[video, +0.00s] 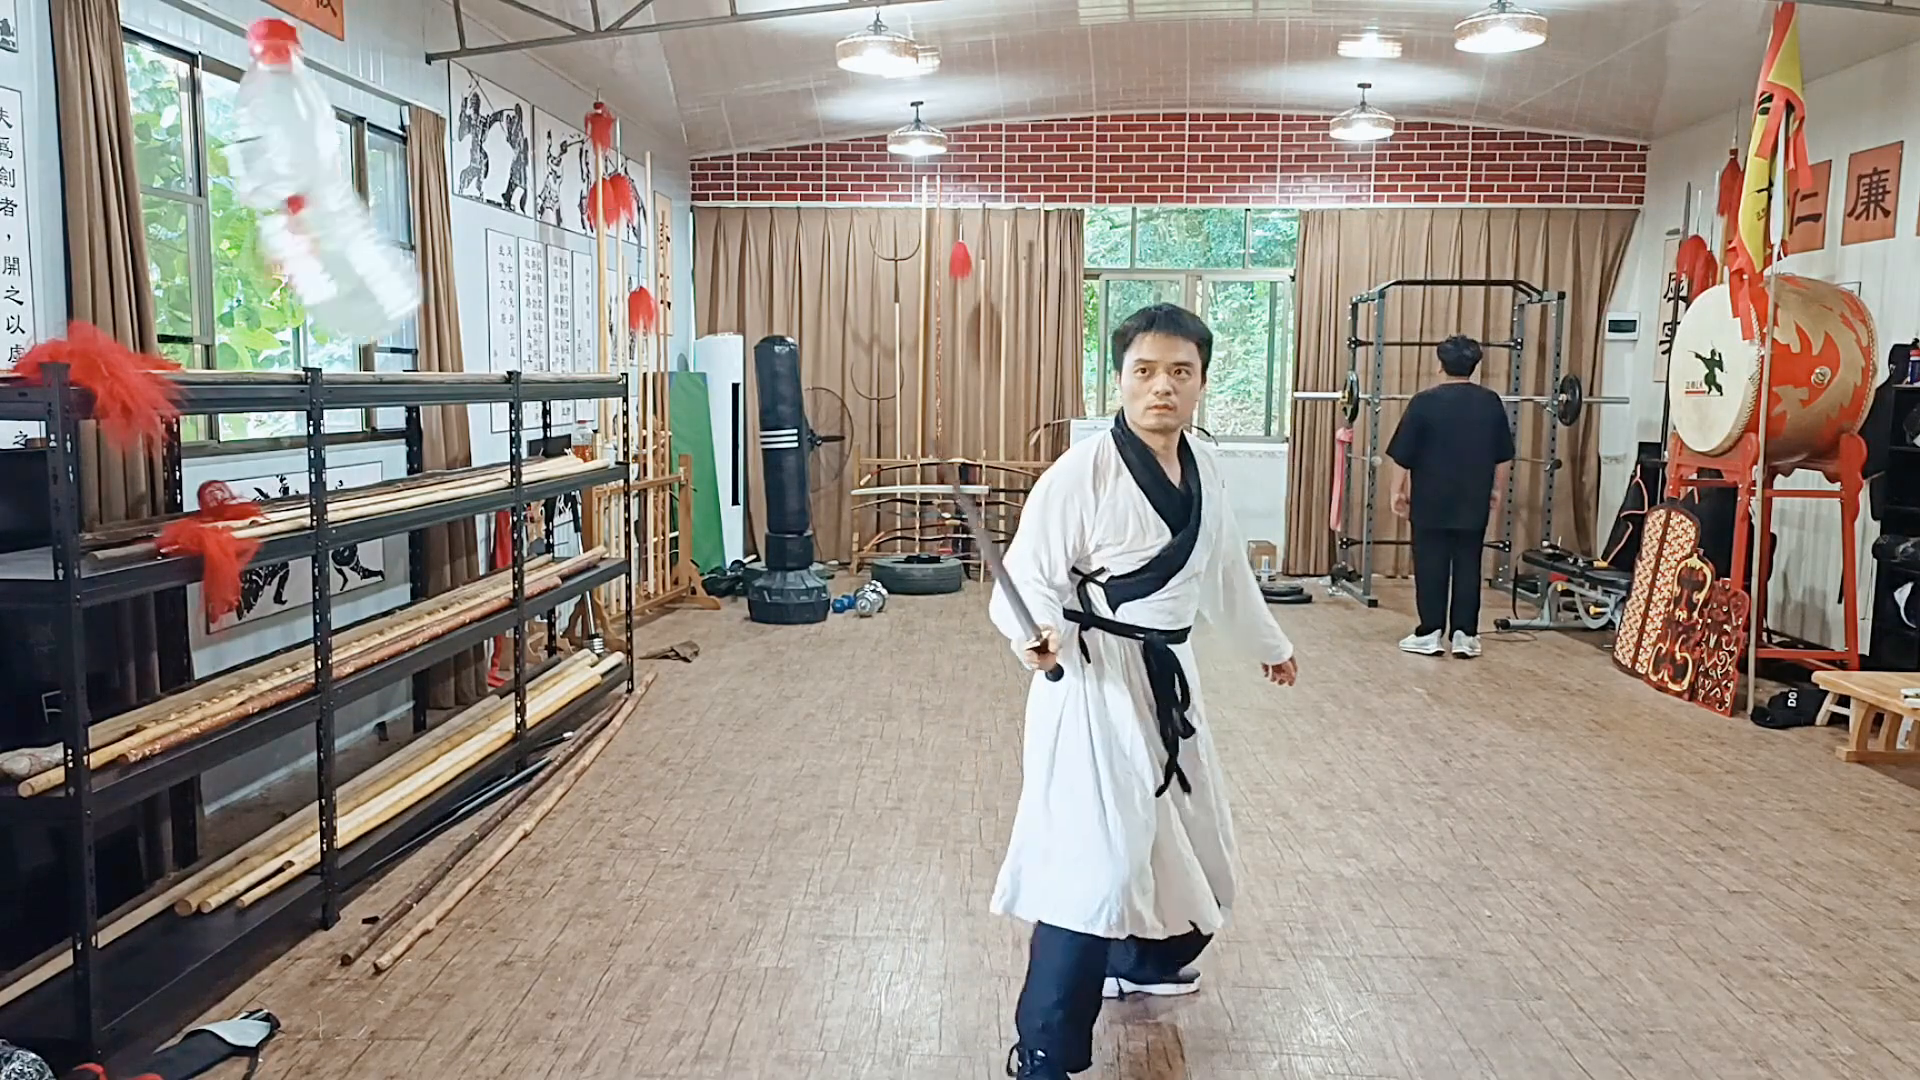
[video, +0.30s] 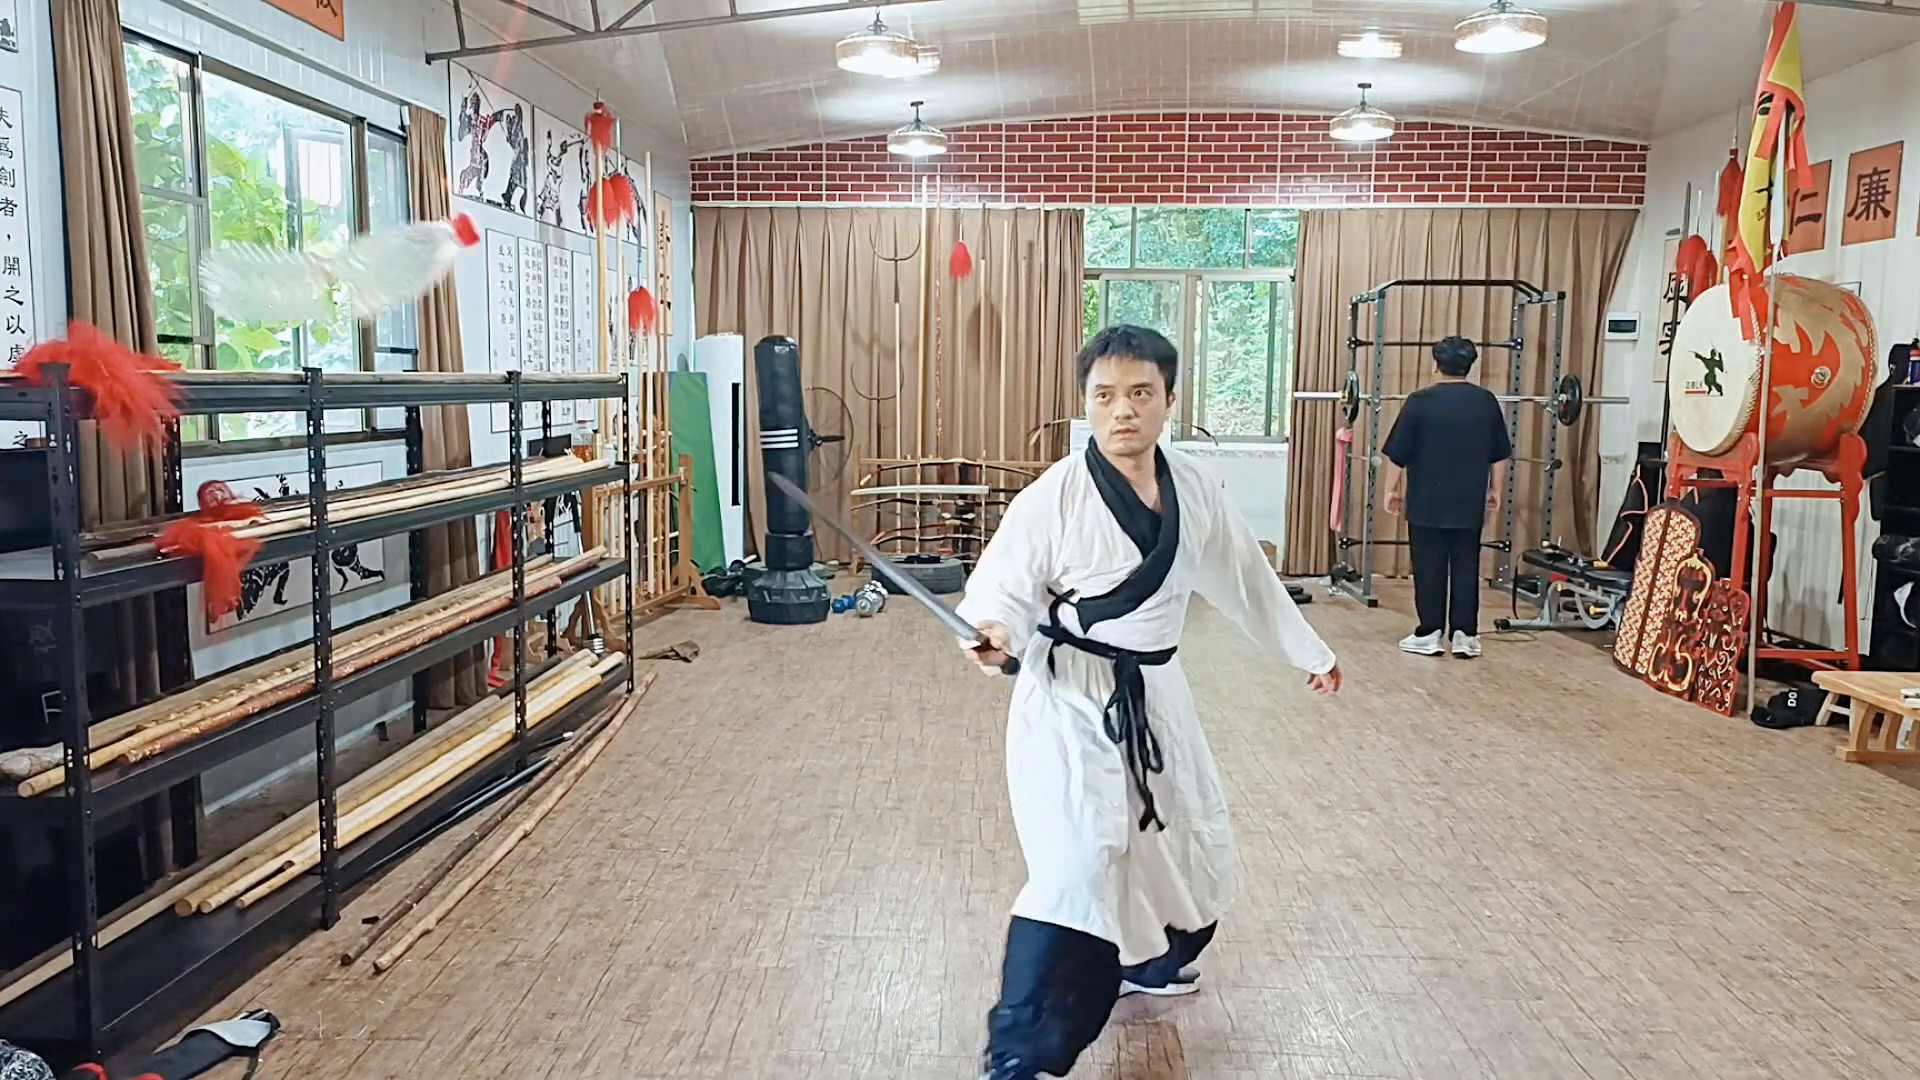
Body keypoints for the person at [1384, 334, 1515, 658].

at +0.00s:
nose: (1437, 365)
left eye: (1439, 361)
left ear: (1441, 365)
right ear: (1474, 366)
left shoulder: (1425, 401)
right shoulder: (1490, 401)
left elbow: (1403, 454)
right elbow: (1503, 456)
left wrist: (1397, 490)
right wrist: (1498, 495)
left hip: (1430, 503)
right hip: (1473, 503)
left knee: (1431, 568)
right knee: (1468, 568)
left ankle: (1430, 634)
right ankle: (1464, 635)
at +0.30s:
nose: (1433, 365)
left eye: (1436, 361)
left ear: (1437, 364)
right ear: (1470, 366)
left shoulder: (1420, 400)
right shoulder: (1485, 401)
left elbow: (1398, 454)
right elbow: (1499, 453)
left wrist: (1391, 488)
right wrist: (1497, 489)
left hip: (1426, 503)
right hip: (1469, 504)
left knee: (1429, 568)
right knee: (1466, 568)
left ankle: (1429, 634)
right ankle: (1464, 635)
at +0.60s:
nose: (1428, 365)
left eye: (1431, 360)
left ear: (1433, 365)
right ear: (1465, 366)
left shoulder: (1415, 400)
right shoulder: (1481, 401)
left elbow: (1394, 453)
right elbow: (1496, 452)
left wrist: (1386, 489)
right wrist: (1499, 491)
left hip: (1422, 505)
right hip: (1465, 505)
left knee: (1424, 569)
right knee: (1462, 568)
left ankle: (1428, 634)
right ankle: (1464, 635)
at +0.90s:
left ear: (1428, 366)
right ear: (1461, 367)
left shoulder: (1409, 402)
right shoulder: (1477, 404)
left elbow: (1387, 455)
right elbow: (1491, 457)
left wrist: (1383, 490)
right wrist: (1489, 494)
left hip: (1418, 506)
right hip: (1461, 506)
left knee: (1422, 570)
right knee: (1460, 569)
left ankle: (1427, 635)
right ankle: (1464, 636)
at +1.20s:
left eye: (1426, 362)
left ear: (1426, 366)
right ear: (1459, 368)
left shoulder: (1408, 404)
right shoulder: (1475, 404)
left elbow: (1388, 457)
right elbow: (1491, 455)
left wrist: (1383, 491)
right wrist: (1491, 491)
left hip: (1418, 508)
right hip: (1463, 507)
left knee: (1422, 572)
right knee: (1469, 565)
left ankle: (1428, 635)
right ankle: (1480, 628)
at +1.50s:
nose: (1438, 368)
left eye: (1440, 364)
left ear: (1442, 368)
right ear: (1475, 369)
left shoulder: (1425, 404)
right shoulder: (1490, 405)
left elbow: (1402, 456)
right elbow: (1503, 456)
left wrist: (1394, 493)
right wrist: (1507, 494)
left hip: (1430, 508)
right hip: (1474, 508)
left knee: (1429, 571)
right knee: (1476, 570)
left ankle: (1429, 634)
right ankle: (1486, 635)